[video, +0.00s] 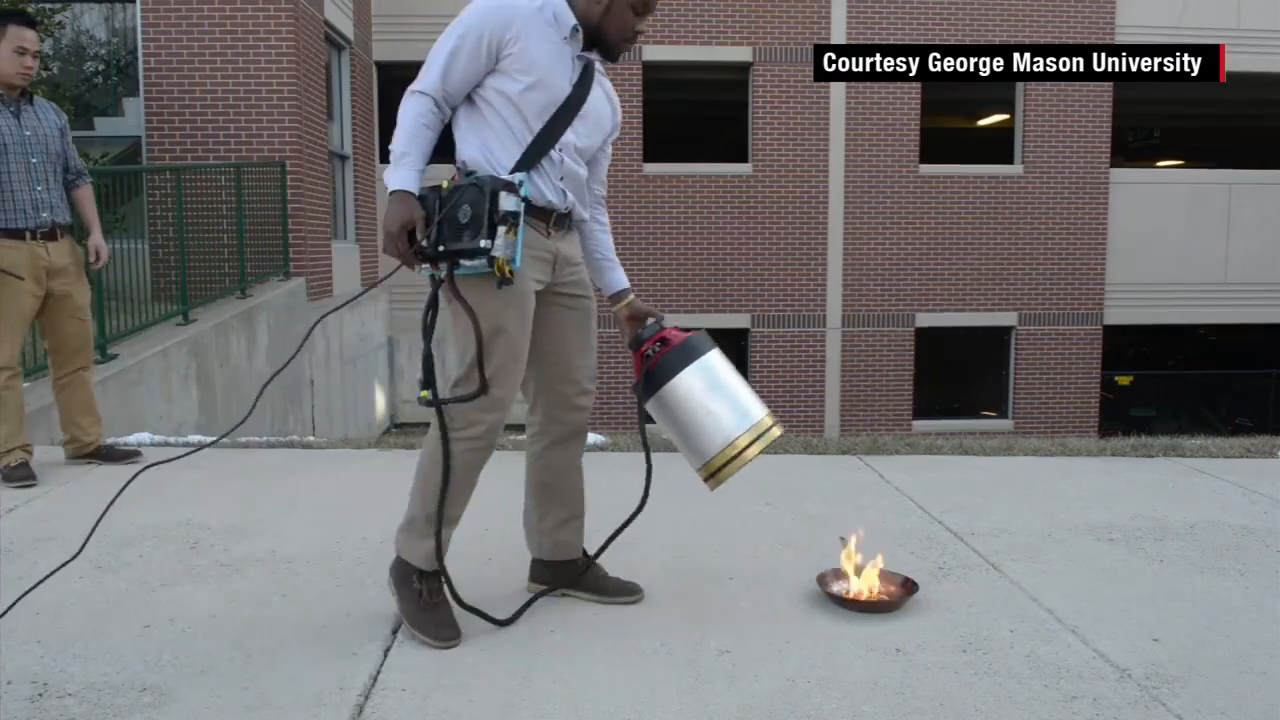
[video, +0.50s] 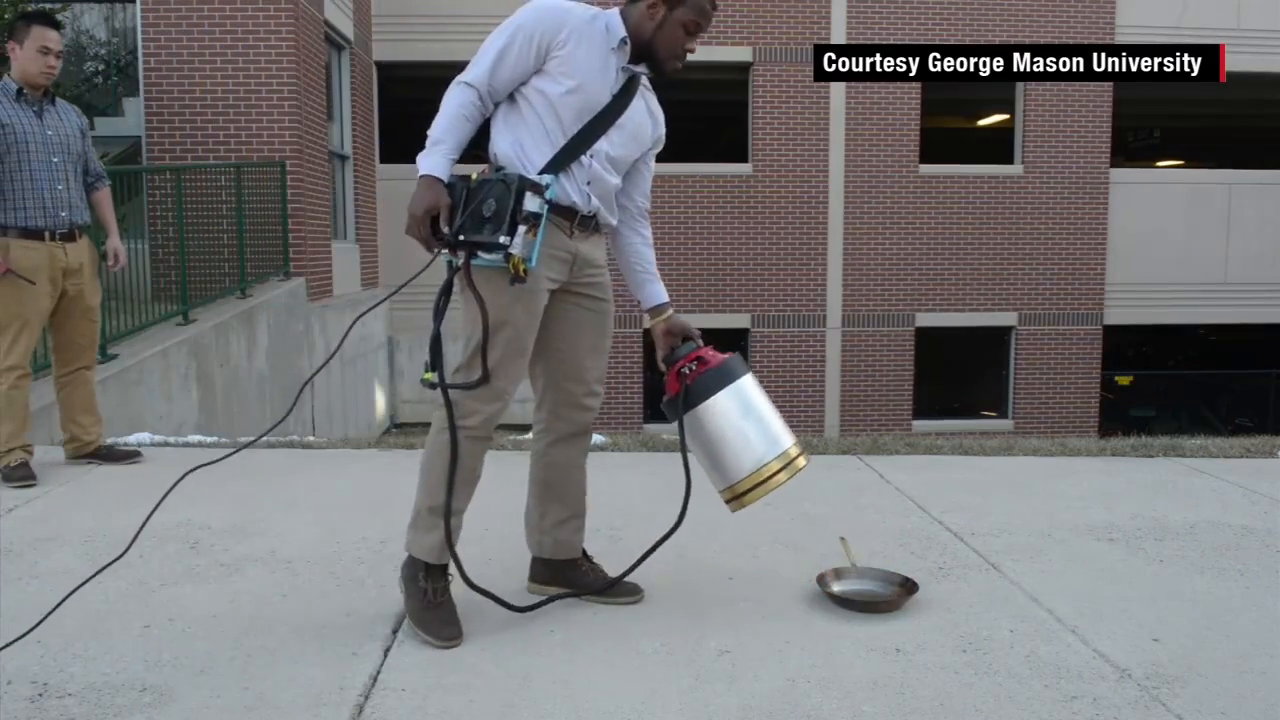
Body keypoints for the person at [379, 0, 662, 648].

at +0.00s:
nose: (644, 30)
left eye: (649, 18)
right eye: (640, 13)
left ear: (612, 11)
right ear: (604, 1)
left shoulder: (604, 100)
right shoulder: (505, 17)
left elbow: (590, 208)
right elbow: (428, 96)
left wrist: (620, 295)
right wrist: (402, 191)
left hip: (566, 249)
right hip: (492, 234)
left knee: (564, 406)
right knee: (477, 405)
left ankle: (558, 557)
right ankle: (417, 565)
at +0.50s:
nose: (693, 46)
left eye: (700, 35)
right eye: (690, 28)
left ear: (663, 18)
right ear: (651, 7)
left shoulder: (649, 117)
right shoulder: (561, 22)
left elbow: (630, 220)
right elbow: (473, 88)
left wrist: (659, 307)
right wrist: (432, 175)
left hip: (588, 253)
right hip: (512, 236)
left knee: (572, 408)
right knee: (475, 403)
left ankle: (556, 557)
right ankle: (427, 562)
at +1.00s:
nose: (680, 34)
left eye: (686, 22)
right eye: (676, 17)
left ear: (653, 14)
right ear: (638, 2)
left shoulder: (644, 105)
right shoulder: (546, 22)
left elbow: (627, 208)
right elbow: (465, 98)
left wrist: (649, 296)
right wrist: (432, 188)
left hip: (595, 251)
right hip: (517, 237)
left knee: (571, 409)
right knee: (492, 407)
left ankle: (556, 557)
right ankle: (443, 568)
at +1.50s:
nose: (695, 69)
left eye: (703, 59)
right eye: (692, 50)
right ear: (654, 24)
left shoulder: (646, 135)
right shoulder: (563, 31)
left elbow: (629, 239)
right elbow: (475, 87)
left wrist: (646, 334)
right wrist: (416, 170)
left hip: (566, 254)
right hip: (493, 233)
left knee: (560, 406)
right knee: (468, 408)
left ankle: (555, 558)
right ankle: (433, 570)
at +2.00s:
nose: (713, 105)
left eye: (724, 98)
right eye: (710, 85)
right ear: (674, 59)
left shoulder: (655, 171)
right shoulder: (593, 52)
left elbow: (635, 271)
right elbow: (491, 89)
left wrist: (651, 369)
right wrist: (418, 158)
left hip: (556, 258)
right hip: (484, 231)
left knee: (558, 411)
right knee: (465, 408)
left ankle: (555, 557)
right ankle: (419, 565)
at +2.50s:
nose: (710, 98)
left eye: (721, 89)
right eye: (703, 78)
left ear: (722, 90)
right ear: (668, 56)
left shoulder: (658, 171)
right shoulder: (592, 55)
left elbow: (646, 272)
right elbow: (488, 93)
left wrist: (664, 376)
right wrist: (415, 161)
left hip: (554, 260)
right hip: (480, 234)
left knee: (557, 411)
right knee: (460, 410)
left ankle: (554, 557)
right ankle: (418, 567)